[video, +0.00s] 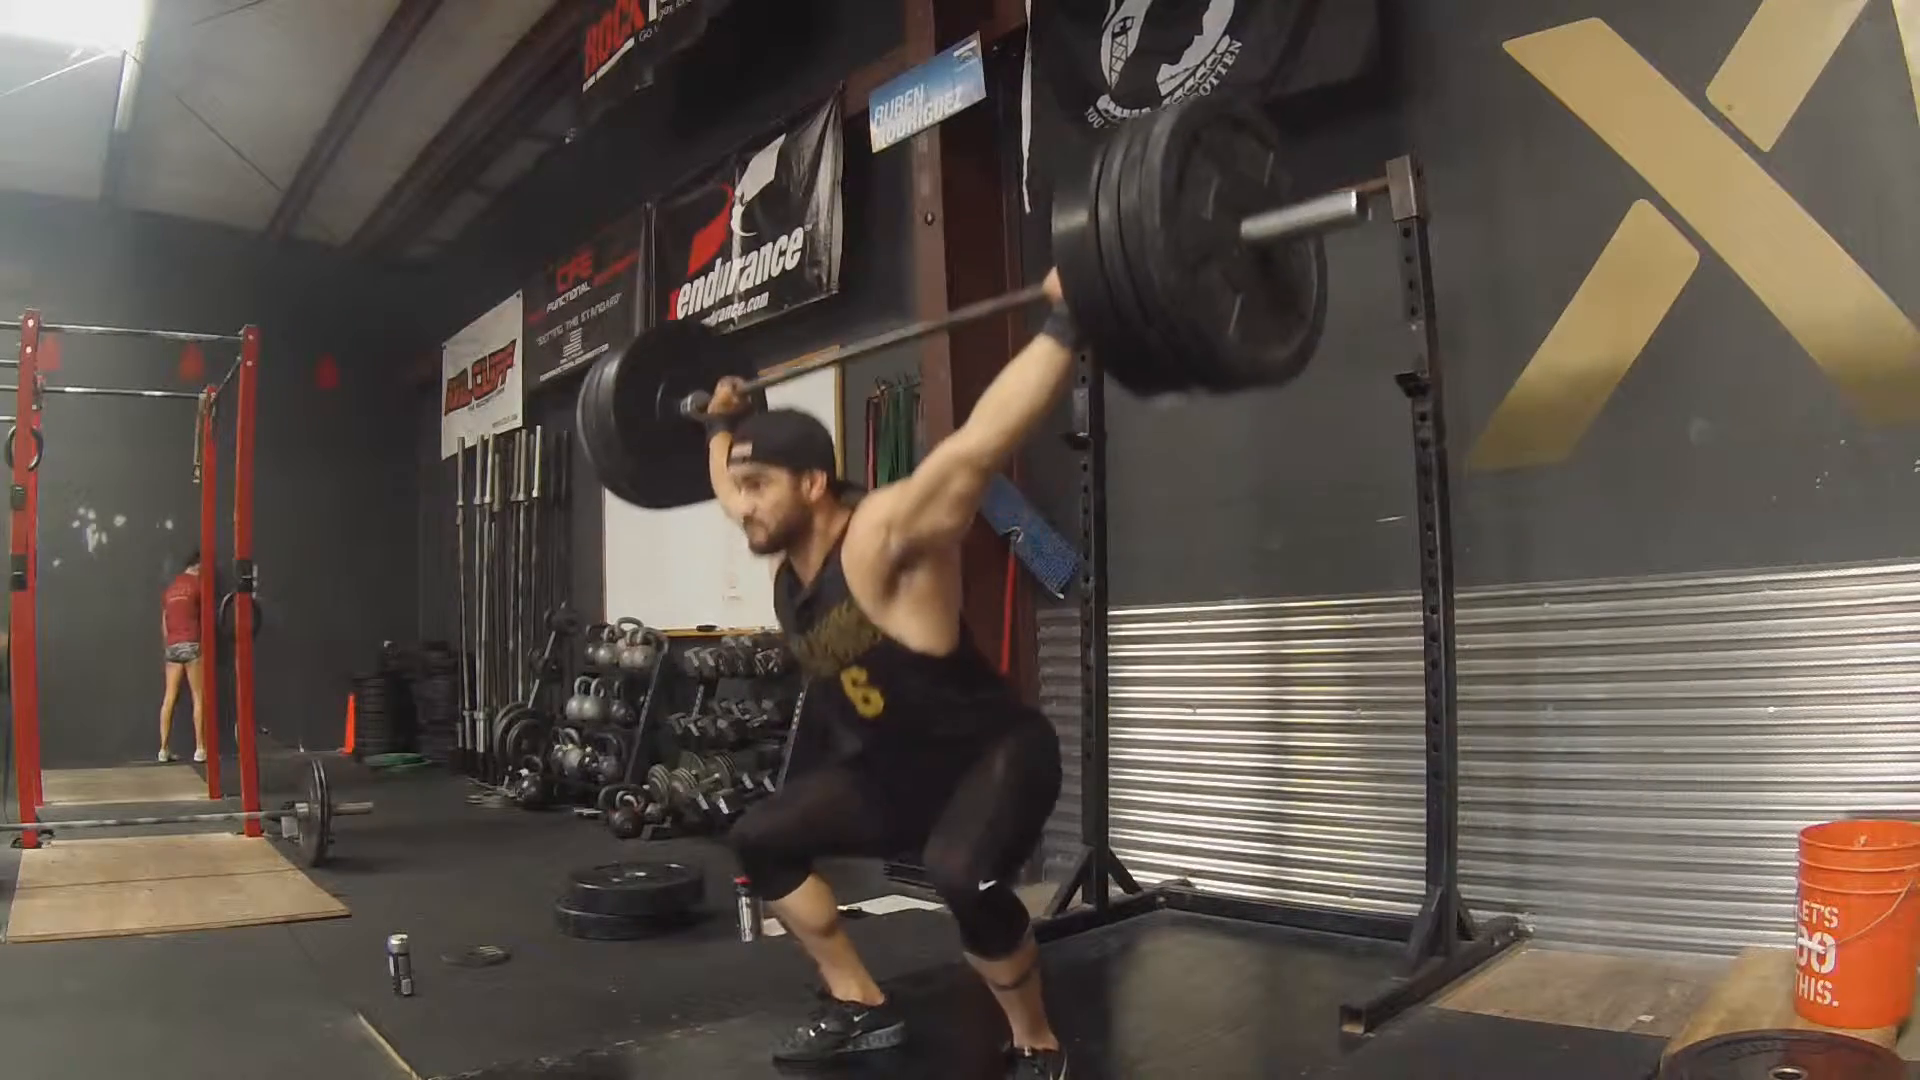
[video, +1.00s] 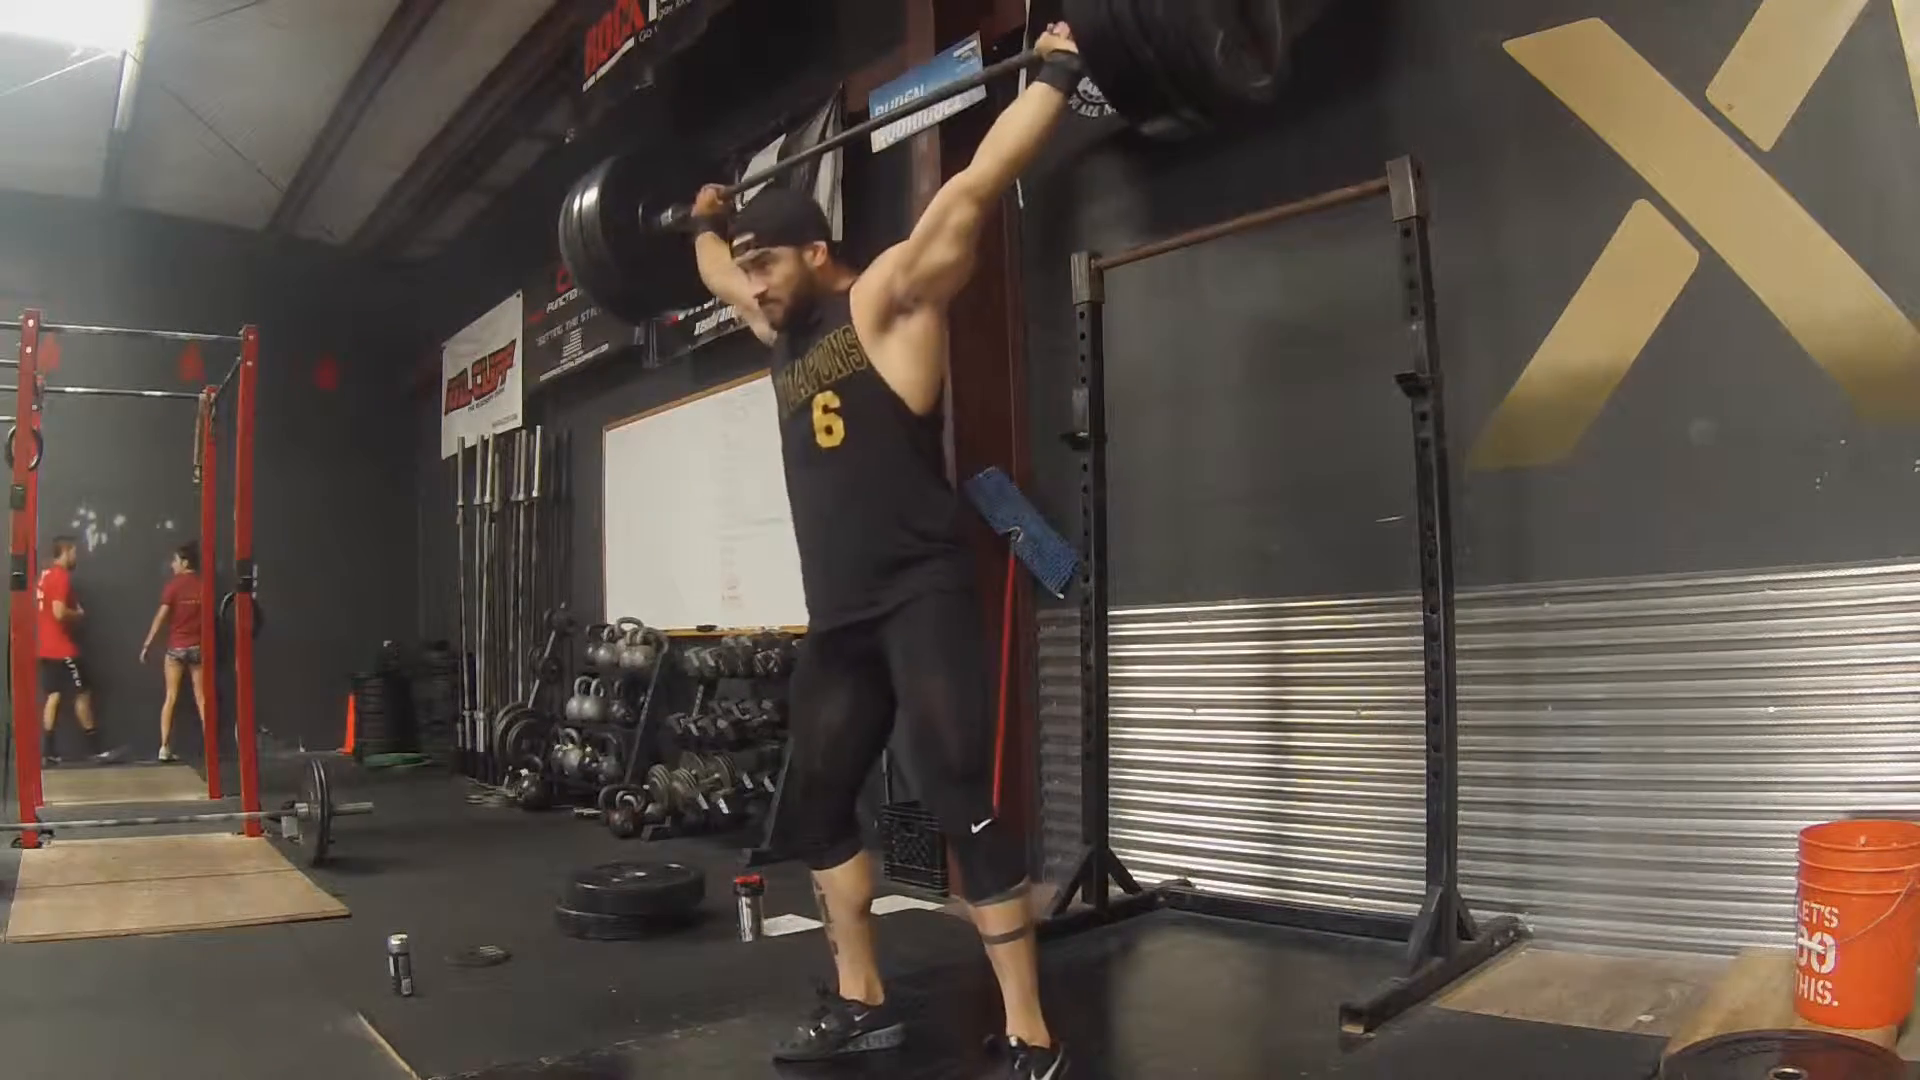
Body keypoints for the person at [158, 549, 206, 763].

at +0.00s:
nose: (203, 572)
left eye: (202, 568)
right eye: (203, 568)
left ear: (186, 566)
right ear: (197, 566)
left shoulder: (170, 588)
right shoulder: (198, 584)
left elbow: (164, 619)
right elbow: (205, 613)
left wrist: (167, 642)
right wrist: (207, 638)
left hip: (172, 643)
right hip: (192, 641)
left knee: (169, 697)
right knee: (198, 697)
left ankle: (163, 748)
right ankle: (200, 747)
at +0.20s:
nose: (203, 570)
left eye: (200, 567)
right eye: (202, 567)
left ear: (186, 564)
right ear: (199, 565)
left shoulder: (171, 587)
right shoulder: (199, 584)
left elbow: (167, 620)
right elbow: (206, 613)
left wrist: (171, 635)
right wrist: (208, 637)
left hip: (173, 642)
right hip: (193, 641)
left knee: (169, 696)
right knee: (199, 695)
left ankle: (163, 748)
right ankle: (200, 747)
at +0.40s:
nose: (182, 568)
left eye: (182, 564)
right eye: (187, 564)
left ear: (181, 564)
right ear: (197, 564)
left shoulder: (170, 585)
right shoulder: (201, 584)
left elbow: (167, 615)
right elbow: (207, 614)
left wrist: (170, 631)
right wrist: (207, 636)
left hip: (174, 641)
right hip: (195, 640)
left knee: (170, 696)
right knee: (199, 695)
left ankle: (164, 745)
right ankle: (200, 746)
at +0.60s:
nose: (172, 564)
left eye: (174, 560)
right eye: (173, 560)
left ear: (180, 562)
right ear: (192, 562)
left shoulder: (168, 583)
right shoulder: (201, 583)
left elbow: (160, 616)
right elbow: (207, 613)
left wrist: (170, 632)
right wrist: (203, 633)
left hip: (172, 642)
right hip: (194, 641)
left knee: (170, 696)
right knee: (200, 695)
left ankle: (164, 745)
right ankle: (201, 743)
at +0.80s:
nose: (170, 563)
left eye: (172, 559)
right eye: (171, 559)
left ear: (179, 561)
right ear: (189, 562)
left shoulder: (166, 584)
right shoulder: (201, 585)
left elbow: (157, 618)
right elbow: (207, 617)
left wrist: (155, 646)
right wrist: (207, 643)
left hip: (170, 644)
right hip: (195, 643)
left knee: (168, 697)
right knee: (202, 694)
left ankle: (164, 745)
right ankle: (207, 736)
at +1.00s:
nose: (172, 564)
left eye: (175, 560)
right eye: (173, 560)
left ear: (185, 562)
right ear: (192, 562)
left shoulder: (174, 585)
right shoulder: (204, 586)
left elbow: (161, 615)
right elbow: (210, 615)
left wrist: (147, 643)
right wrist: (209, 640)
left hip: (176, 645)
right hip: (199, 644)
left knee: (170, 696)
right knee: (202, 696)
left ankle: (164, 745)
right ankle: (210, 745)